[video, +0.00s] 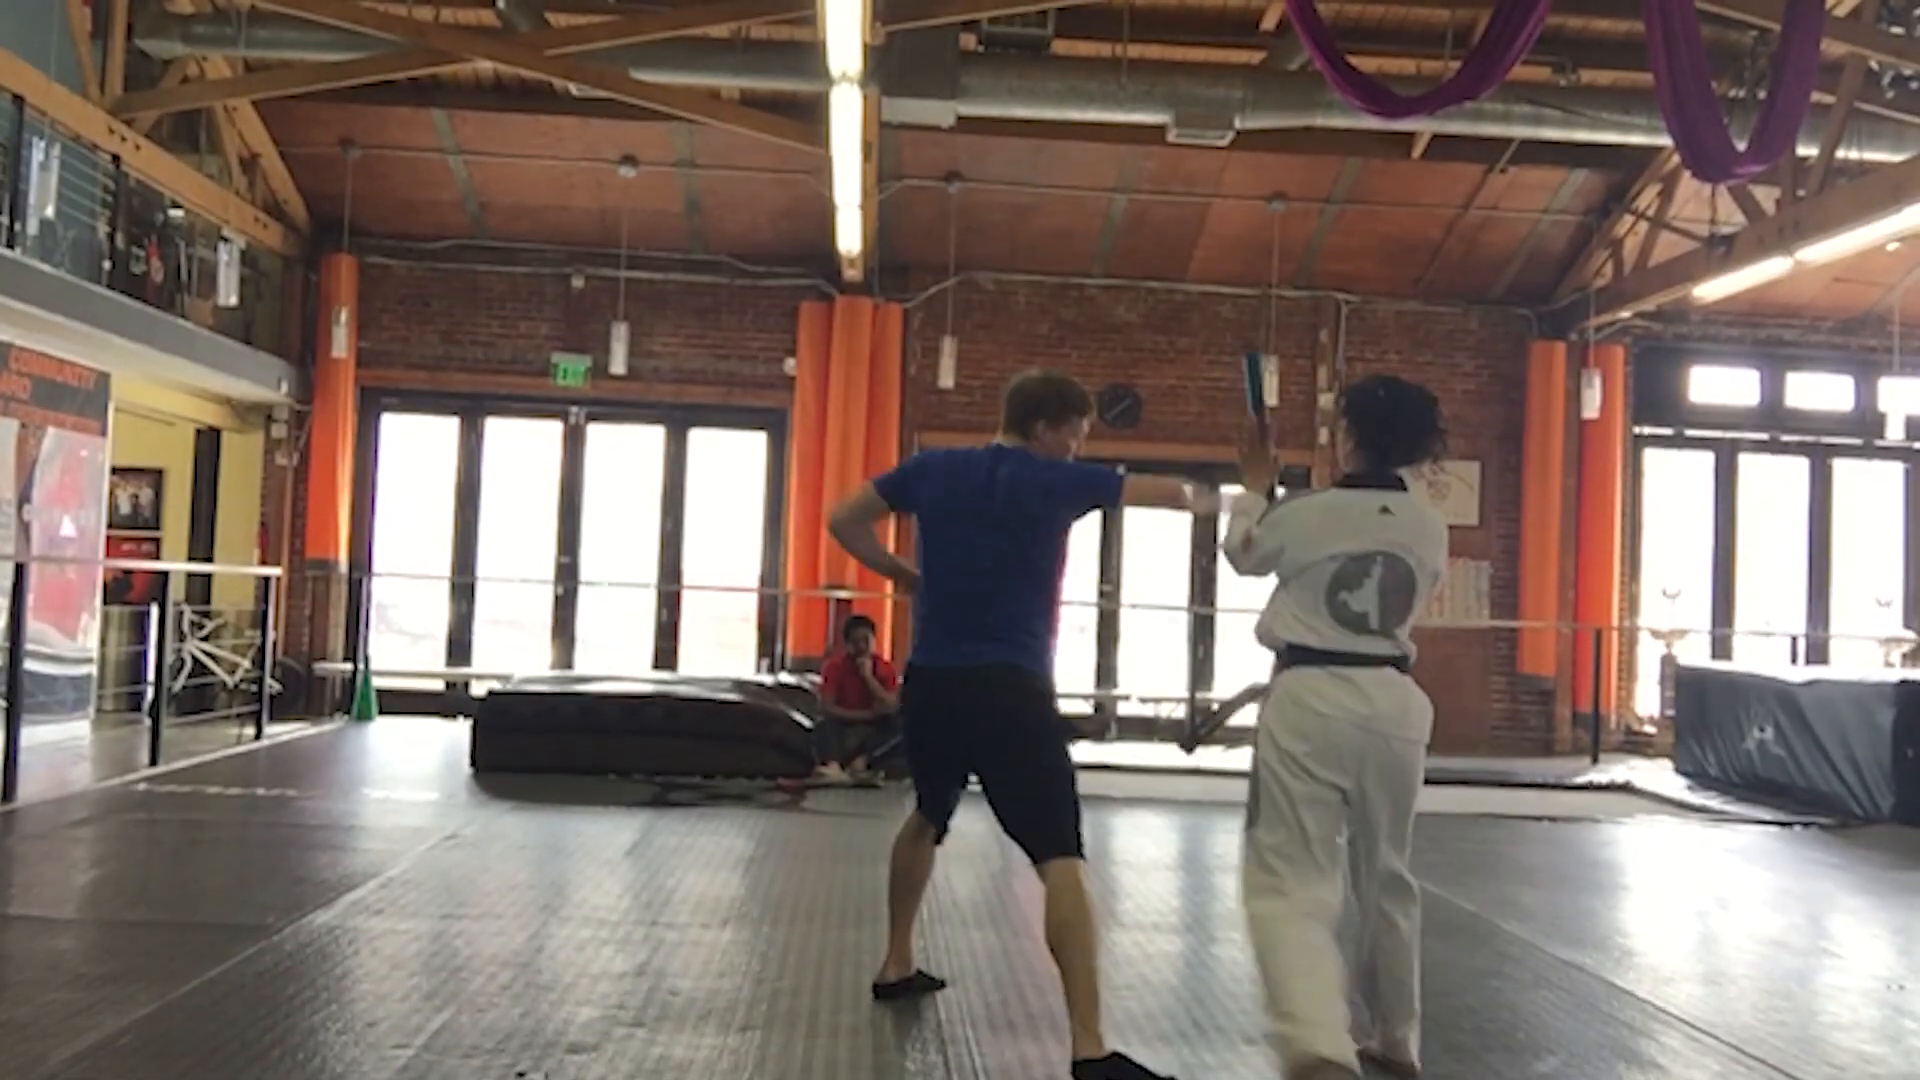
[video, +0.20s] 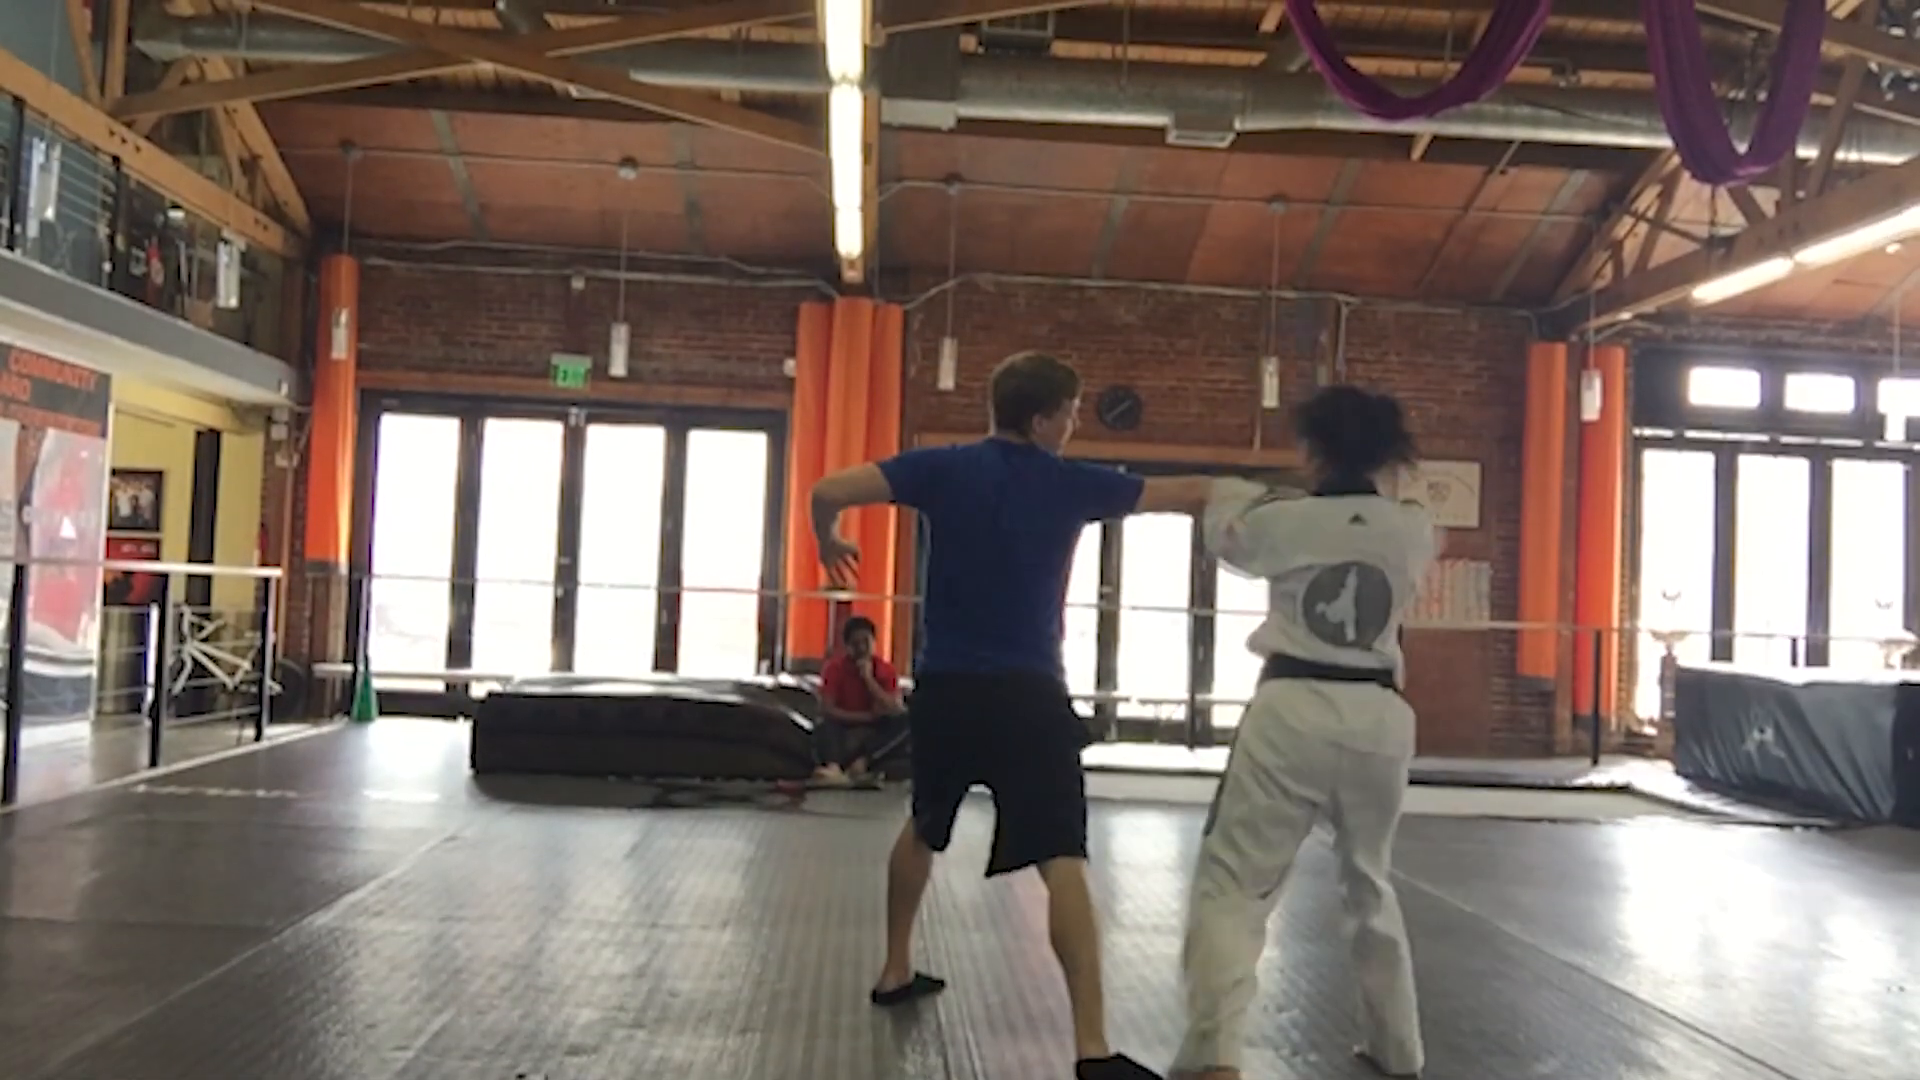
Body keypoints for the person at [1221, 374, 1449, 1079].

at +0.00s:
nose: (1332, 437)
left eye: (1339, 427)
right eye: (1337, 425)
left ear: (1353, 438)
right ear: (1414, 444)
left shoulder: (1304, 512)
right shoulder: (1430, 526)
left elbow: (1244, 554)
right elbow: (1403, 594)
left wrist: (1255, 492)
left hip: (1308, 697)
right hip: (1396, 700)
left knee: (1292, 877)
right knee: (1389, 878)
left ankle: (1320, 1051)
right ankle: (1398, 1046)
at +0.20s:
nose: (1298, 454)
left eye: (1304, 444)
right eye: (1300, 443)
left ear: (1320, 452)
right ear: (1385, 453)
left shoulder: (1289, 521)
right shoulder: (1413, 530)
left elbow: (1222, 536)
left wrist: (1234, 487)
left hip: (1290, 709)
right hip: (1379, 715)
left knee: (1233, 884)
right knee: (1371, 885)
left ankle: (1216, 1056)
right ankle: (1397, 1051)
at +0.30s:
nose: (1259, 454)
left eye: (1265, 441)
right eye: (1259, 441)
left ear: (1290, 450)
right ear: (1347, 446)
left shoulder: (1266, 518)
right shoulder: (1389, 503)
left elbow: (1214, 565)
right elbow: (1453, 468)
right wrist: (1449, 417)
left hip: (1308, 708)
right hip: (1381, 704)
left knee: (1241, 880)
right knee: (1337, 861)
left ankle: (1232, 1063)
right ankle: (1394, 1022)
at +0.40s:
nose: (1247, 460)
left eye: (1255, 446)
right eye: (1247, 446)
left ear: (1284, 451)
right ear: (1325, 444)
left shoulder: (1279, 523)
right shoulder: (1377, 475)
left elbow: (1220, 598)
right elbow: (1417, 430)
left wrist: (1220, 571)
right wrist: (1434, 410)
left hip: (1333, 706)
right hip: (1390, 698)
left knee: (1245, 875)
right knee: (1333, 859)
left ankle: (1232, 1061)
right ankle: (1387, 1000)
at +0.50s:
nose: (1258, 479)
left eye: (1265, 468)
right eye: (1258, 467)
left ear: (1298, 470)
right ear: (1321, 464)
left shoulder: (1326, 532)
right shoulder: (1357, 498)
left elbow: (1236, 597)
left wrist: (1256, 533)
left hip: (1359, 721)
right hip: (1377, 709)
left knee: (1270, 897)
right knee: (1351, 874)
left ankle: (1232, 1068)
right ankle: (1393, 1018)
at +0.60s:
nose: (1277, 504)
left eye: (1286, 492)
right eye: (1276, 492)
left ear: (1324, 496)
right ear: (1316, 498)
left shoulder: (1363, 557)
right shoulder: (1309, 546)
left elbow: (1275, 622)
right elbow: (1240, 594)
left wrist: (1242, 574)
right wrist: (1201, 652)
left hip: (1395, 747)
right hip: (1359, 744)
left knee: (1288, 899)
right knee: (1351, 898)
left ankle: (1257, 1069)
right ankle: (1396, 1024)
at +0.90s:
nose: (1334, 489)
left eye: (1346, 478)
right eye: (1339, 476)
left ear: (1373, 494)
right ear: (1388, 497)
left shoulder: (1391, 575)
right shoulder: (1358, 561)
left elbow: (1317, 651)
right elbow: (1312, 638)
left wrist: (1267, 609)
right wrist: (1257, 618)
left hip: (1356, 757)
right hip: (1345, 750)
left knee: (1226, 914)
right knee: (1326, 904)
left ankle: (1255, 1071)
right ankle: (1390, 1026)